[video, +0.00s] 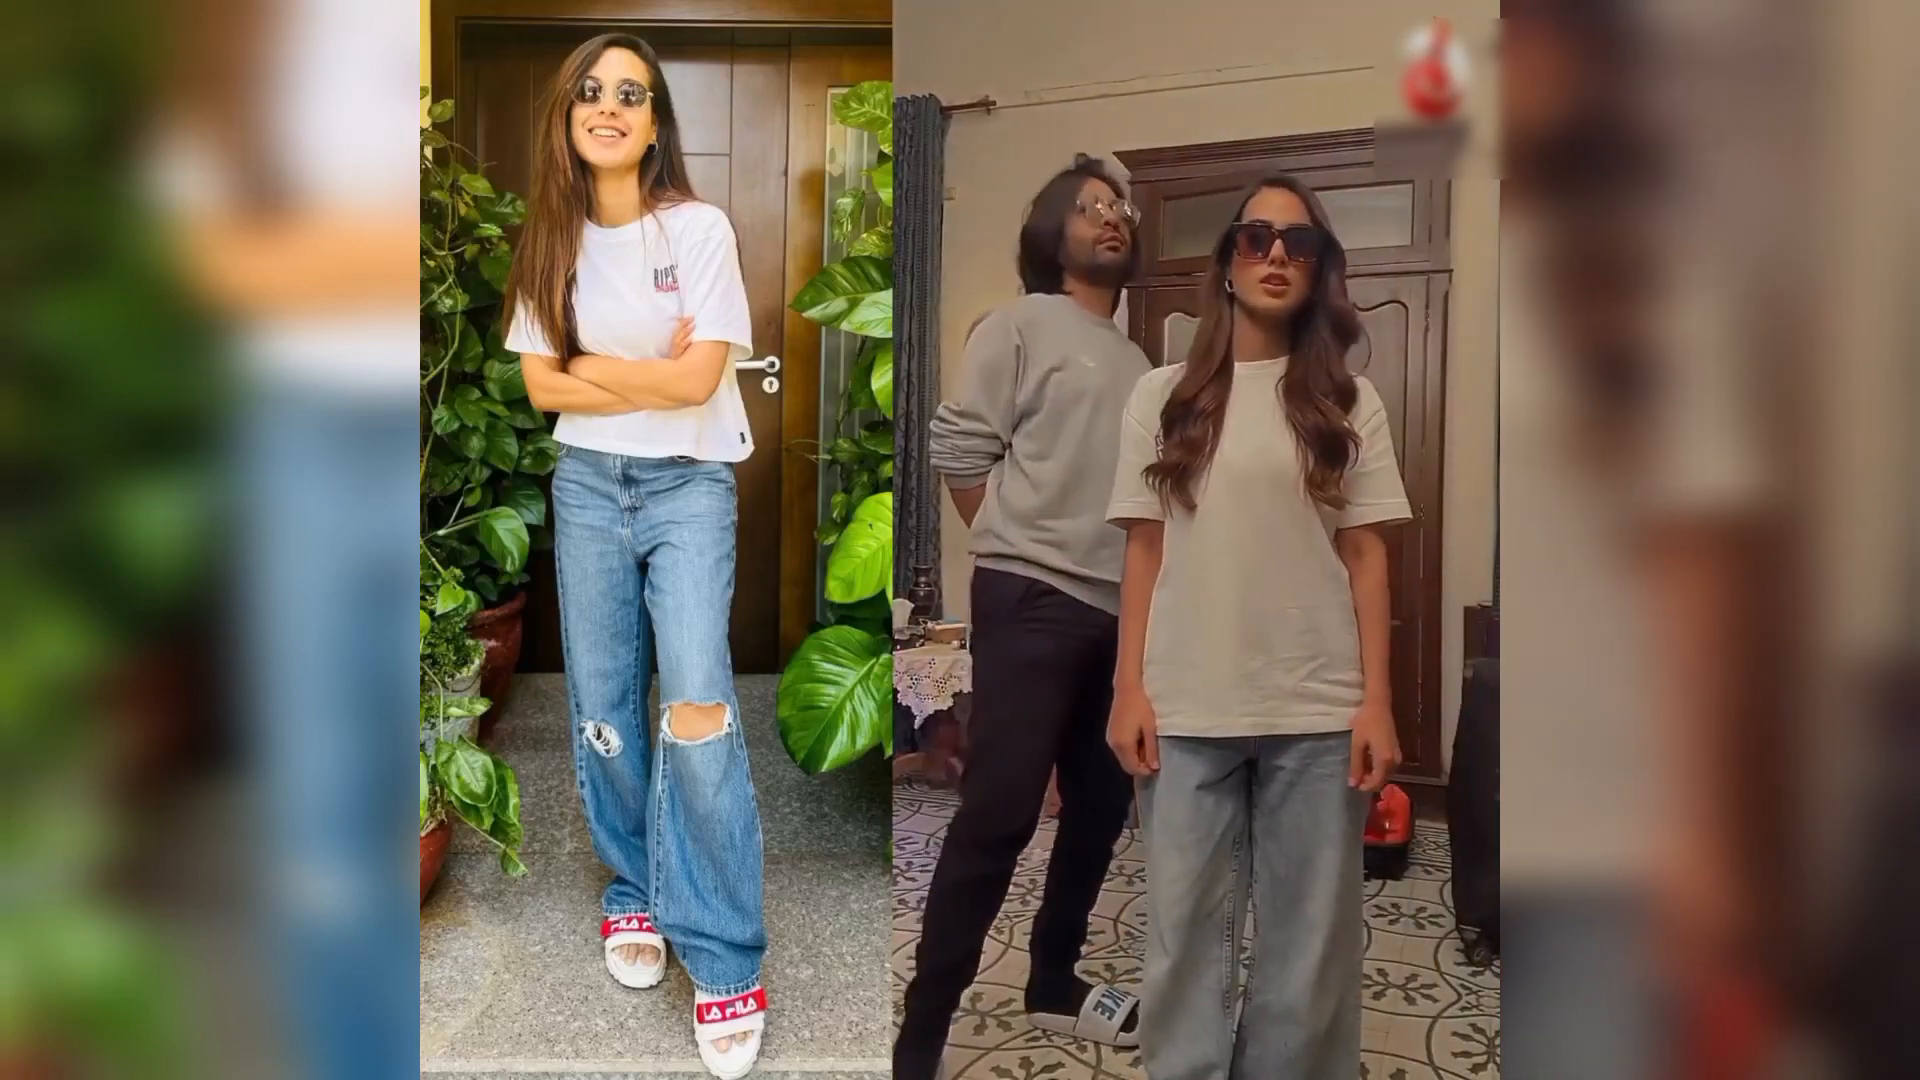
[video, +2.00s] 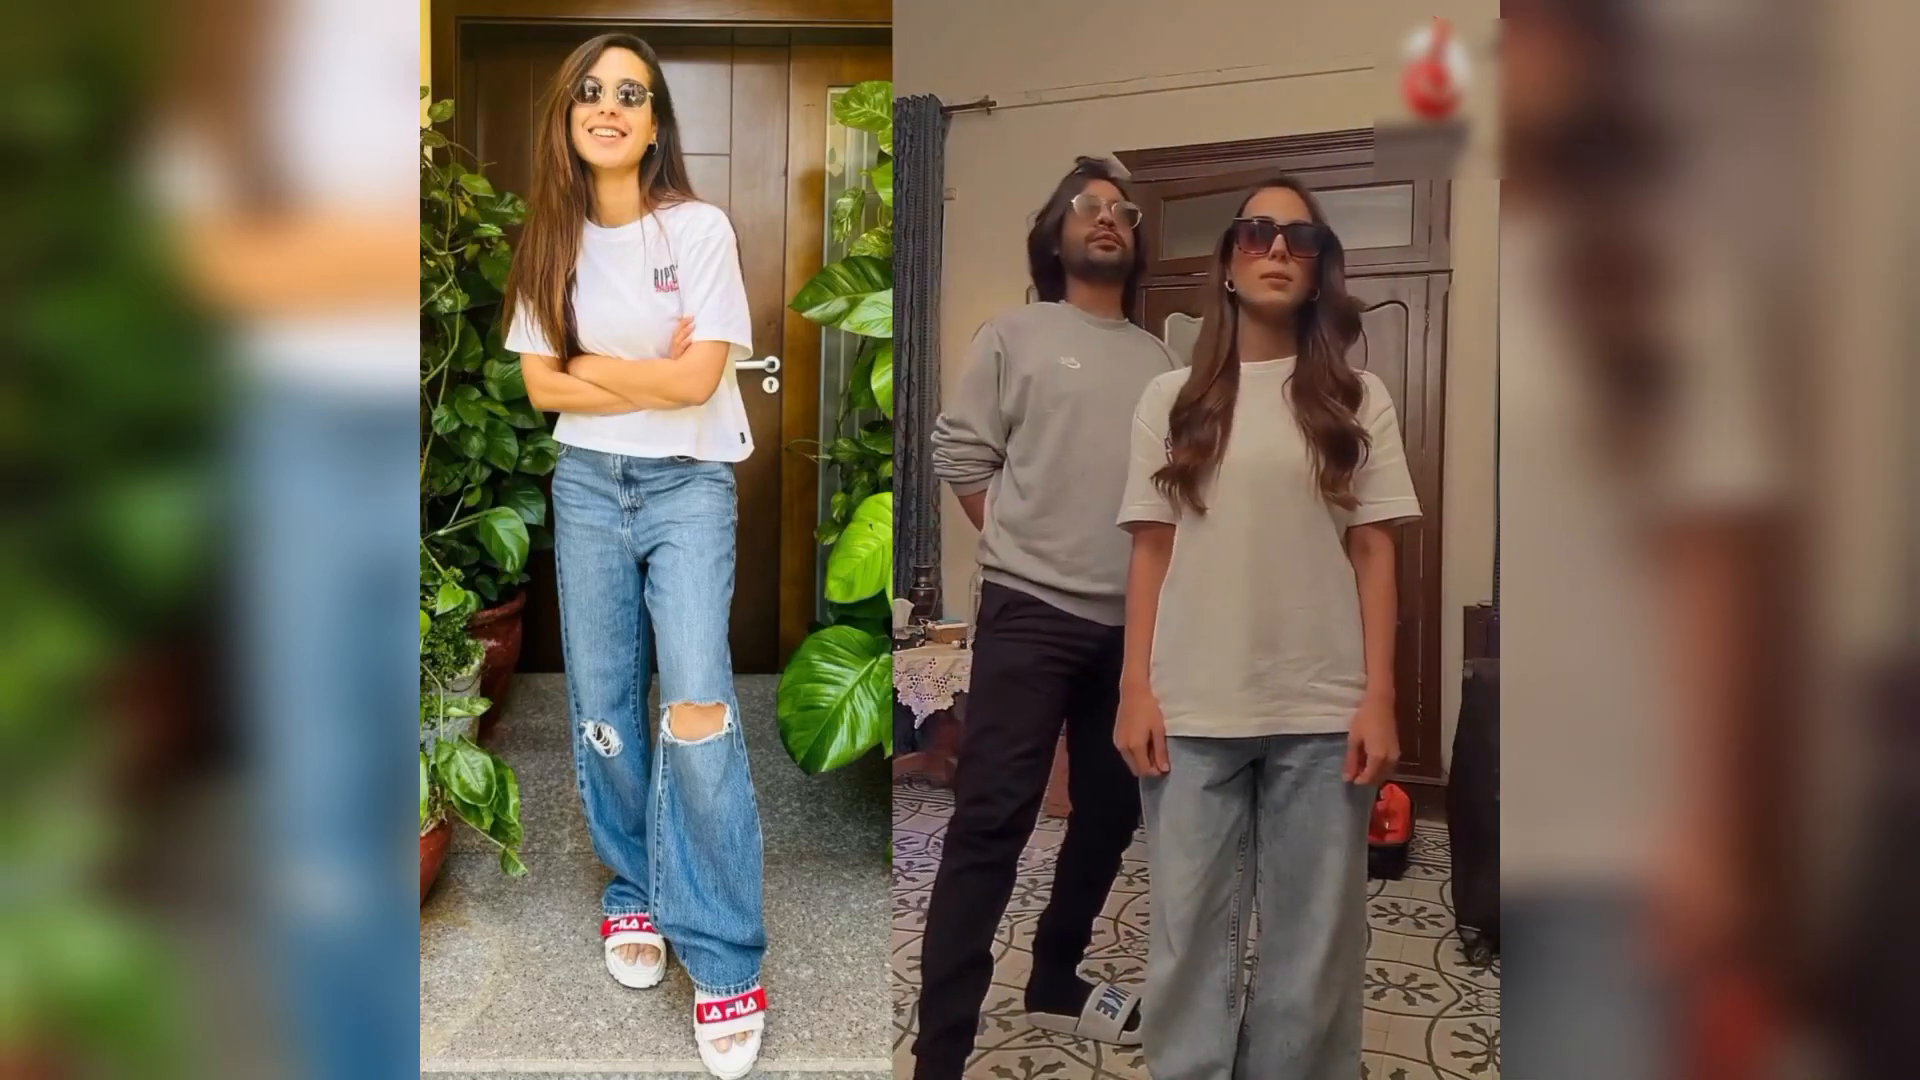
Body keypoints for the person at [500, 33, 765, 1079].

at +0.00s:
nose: (610, 111)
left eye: (630, 97)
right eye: (593, 95)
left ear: (657, 121)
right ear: (566, 117)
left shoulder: (700, 226)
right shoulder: (550, 240)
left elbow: (699, 379)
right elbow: (541, 386)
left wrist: (576, 362)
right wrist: (662, 379)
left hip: (689, 482)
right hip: (585, 484)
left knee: (695, 709)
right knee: (603, 709)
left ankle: (724, 957)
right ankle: (631, 890)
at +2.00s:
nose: (610, 111)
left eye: (630, 97)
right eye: (593, 95)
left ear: (656, 121)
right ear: (566, 117)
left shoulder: (699, 225)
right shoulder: (549, 240)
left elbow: (698, 378)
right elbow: (541, 385)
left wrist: (576, 362)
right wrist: (662, 379)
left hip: (689, 482)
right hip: (585, 484)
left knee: (694, 709)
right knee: (603, 708)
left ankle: (724, 958)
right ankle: (631, 891)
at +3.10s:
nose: (609, 111)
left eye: (629, 98)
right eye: (593, 95)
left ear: (656, 122)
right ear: (566, 117)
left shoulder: (699, 226)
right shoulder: (549, 240)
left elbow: (698, 378)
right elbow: (541, 385)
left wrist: (576, 362)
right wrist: (662, 379)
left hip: (689, 482)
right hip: (584, 484)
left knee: (694, 710)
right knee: (603, 708)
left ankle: (724, 958)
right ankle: (631, 891)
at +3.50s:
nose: (610, 110)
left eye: (630, 97)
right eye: (593, 95)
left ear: (656, 121)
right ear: (566, 117)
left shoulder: (699, 225)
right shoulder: (549, 239)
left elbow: (699, 378)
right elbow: (540, 385)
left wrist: (576, 362)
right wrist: (662, 378)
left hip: (689, 482)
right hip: (584, 484)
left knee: (695, 709)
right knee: (603, 709)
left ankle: (724, 955)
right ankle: (631, 890)